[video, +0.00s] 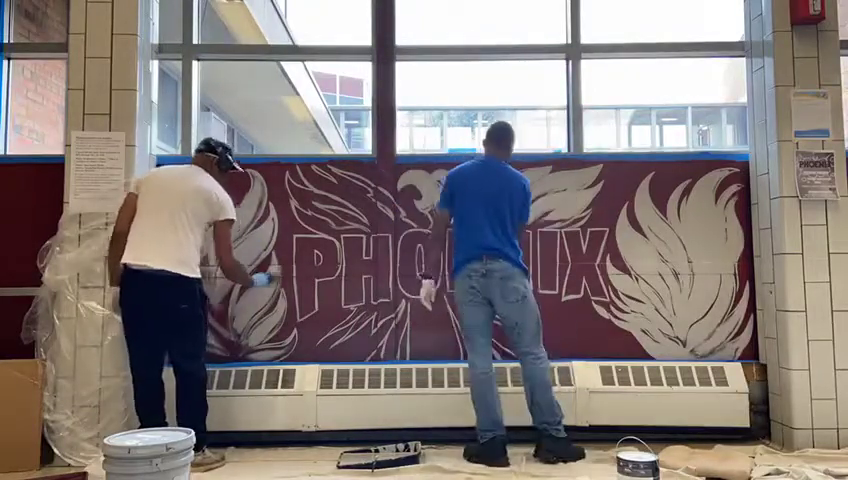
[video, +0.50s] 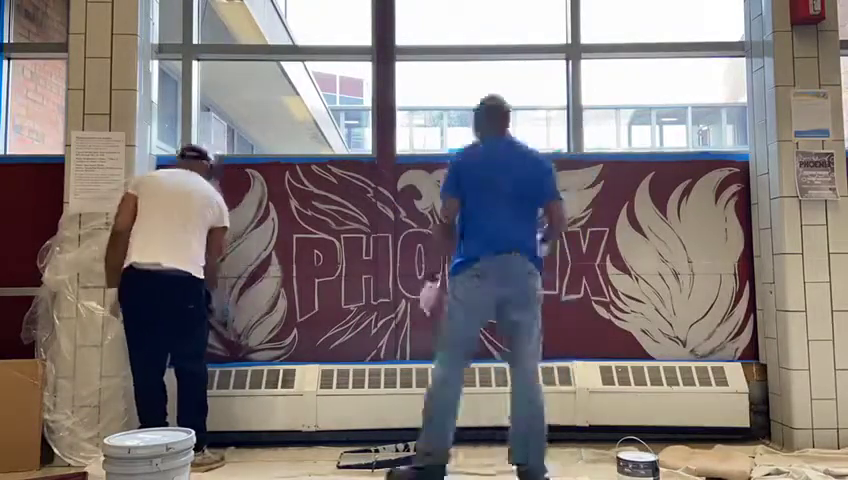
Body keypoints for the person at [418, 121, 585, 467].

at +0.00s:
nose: (497, 152)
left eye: (490, 144)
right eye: (505, 148)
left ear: (483, 144)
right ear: (512, 149)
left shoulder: (458, 175)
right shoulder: (520, 182)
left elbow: (440, 222)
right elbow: (519, 228)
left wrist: (457, 199)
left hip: (467, 272)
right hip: (507, 271)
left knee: (479, 355)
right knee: (532, 353)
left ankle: (492, 443)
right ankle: (552, 437)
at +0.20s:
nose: (538, 147)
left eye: (530, 138)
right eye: (544, 142)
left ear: (520, 140)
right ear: (547, 144)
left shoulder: (494, 175)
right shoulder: (559, 178)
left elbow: (478, 222)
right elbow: (560, 220)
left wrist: (485, 247)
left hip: (505, 272)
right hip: (546, 271)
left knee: (498, 354)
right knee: (553, 355)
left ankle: (493, 443)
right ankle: (562, 443)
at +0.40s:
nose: (569, 147)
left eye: (560, 139)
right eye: (577, 142)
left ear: (553, 140)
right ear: (581, 144)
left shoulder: (528, 173)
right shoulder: (592, 182)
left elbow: (510, 225)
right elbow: (592, 227)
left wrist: (498, 271)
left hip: (531, 273)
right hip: (573, 273)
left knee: (514, 355)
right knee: (567, 357)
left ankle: (506, 438)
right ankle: (563, 441)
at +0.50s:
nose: (478, 131)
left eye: (476, 124)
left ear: (477, 125)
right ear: (508, 123)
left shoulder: (465, 159)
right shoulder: (535, 161)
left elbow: (447, 216)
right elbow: (558, 220)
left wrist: (446, 266)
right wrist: (543, 241)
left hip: (475, 267)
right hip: (522, 266)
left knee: (449, 363)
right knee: (526, 369)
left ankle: (431, 459)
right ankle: (531, 466)